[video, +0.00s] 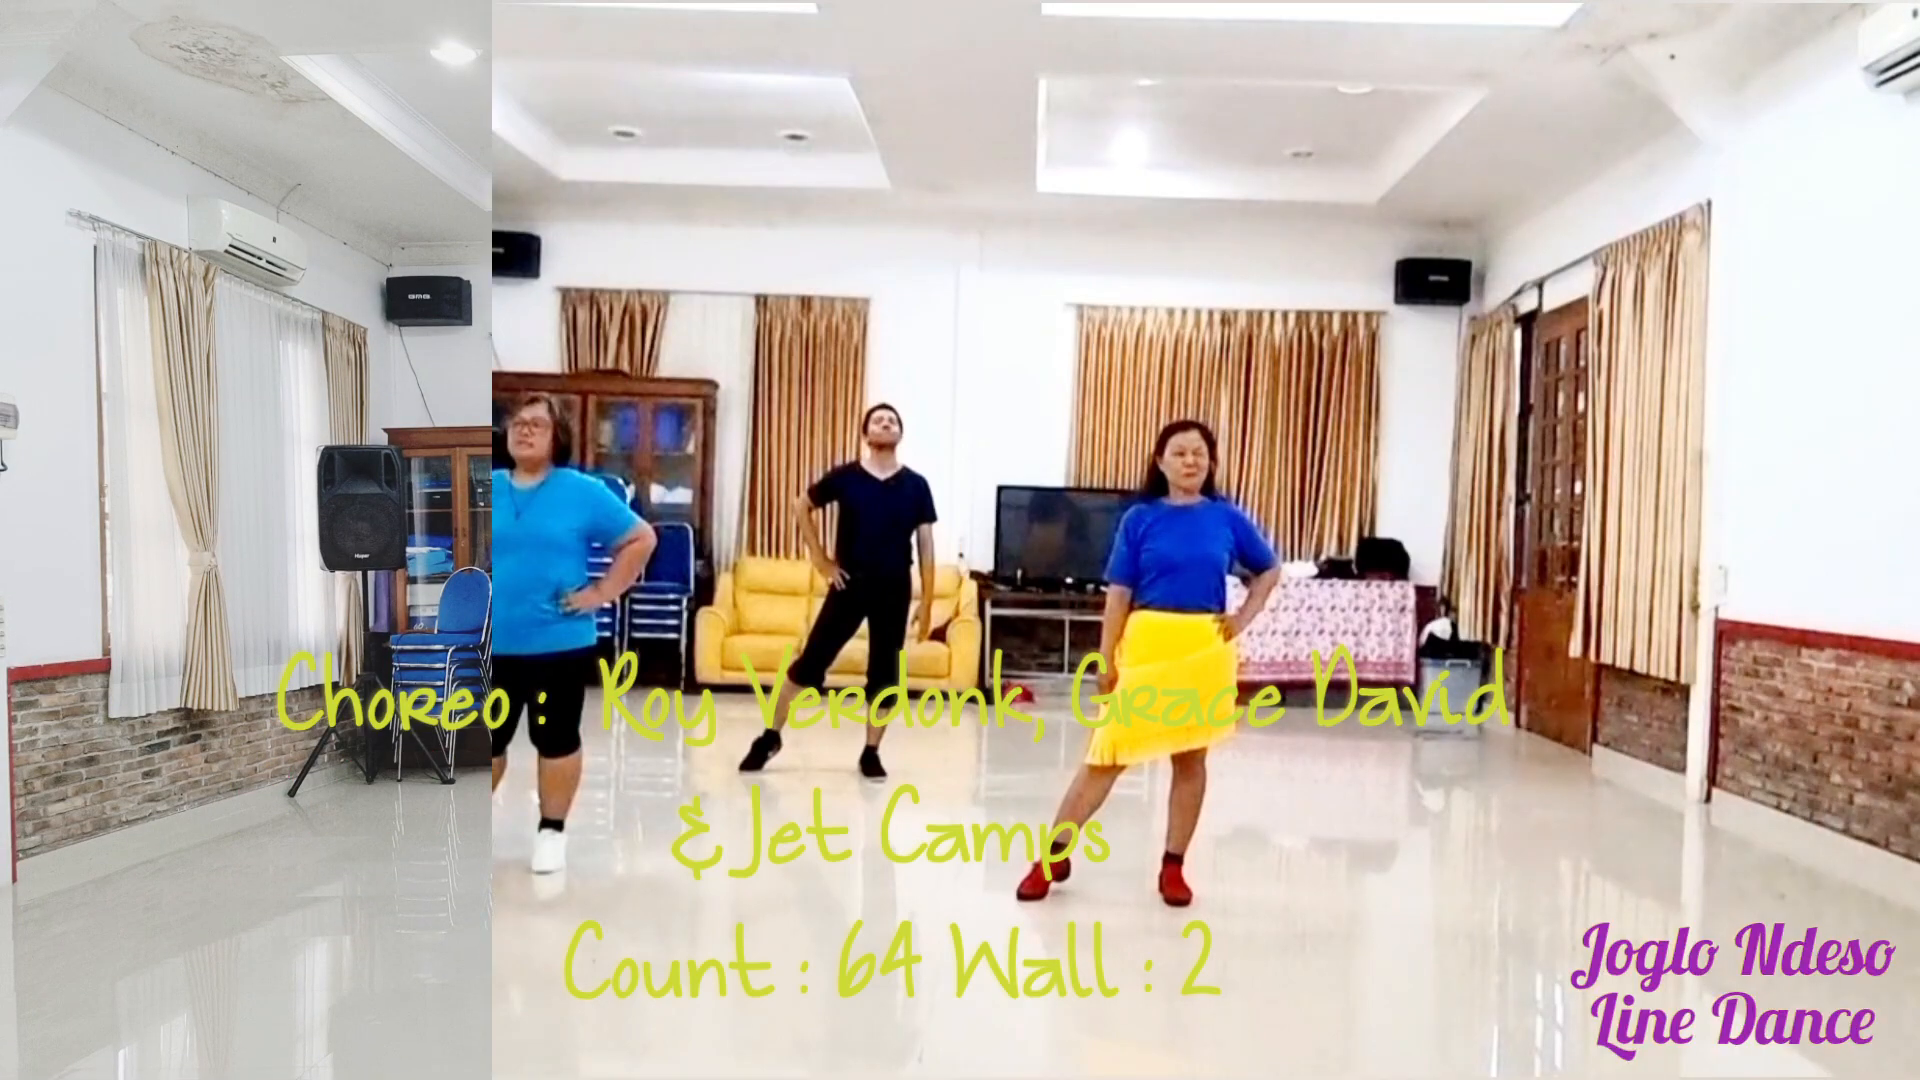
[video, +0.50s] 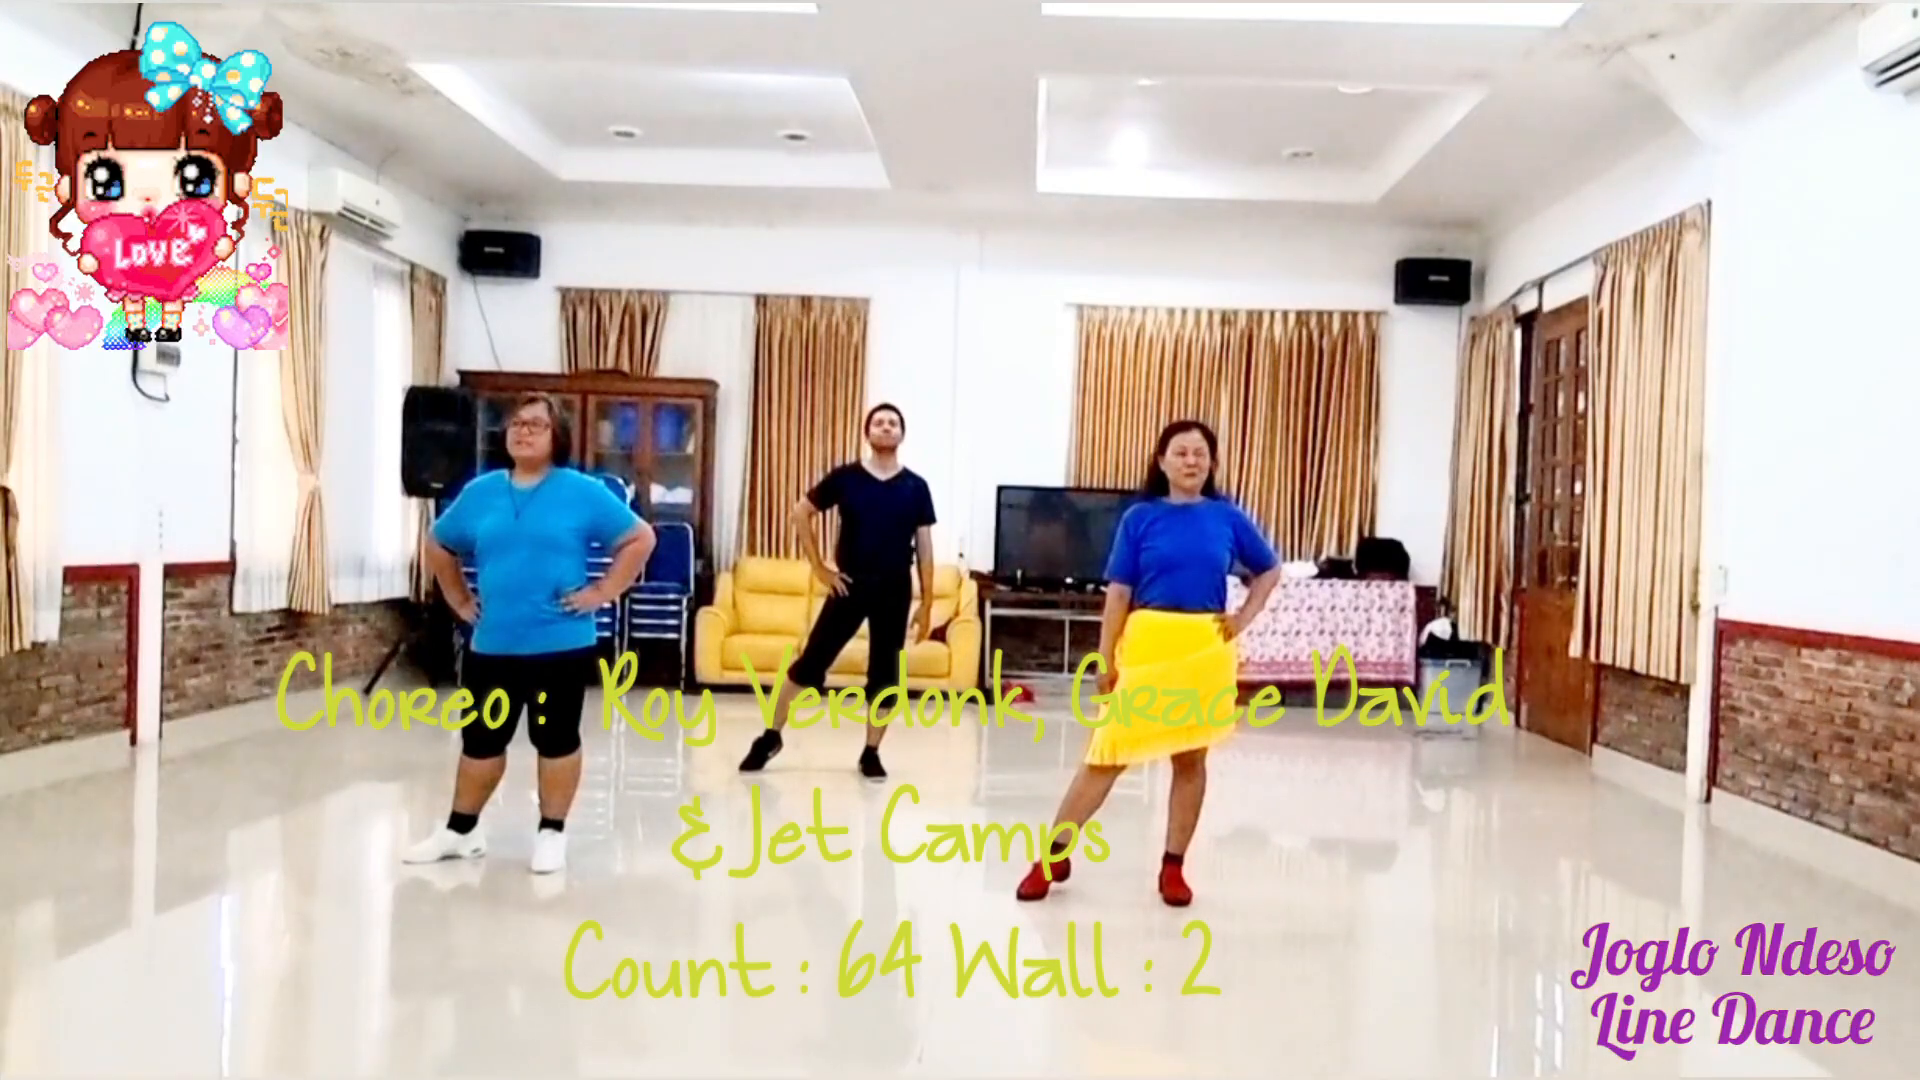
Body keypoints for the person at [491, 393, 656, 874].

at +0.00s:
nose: (525, 432)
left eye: (536, 426)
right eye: (519, 425)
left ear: (554, 437)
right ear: (507, 434)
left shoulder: (582, 491)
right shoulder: (491, 489)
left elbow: (642, 538)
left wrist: (603, 591)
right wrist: (471, 593)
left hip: (560, 642)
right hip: (497, 640)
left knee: (555, 741)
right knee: (486, 741)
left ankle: (551, 830)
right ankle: (472, 826)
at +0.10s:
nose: (524, 431)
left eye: (536, 426)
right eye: (518, 424)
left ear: (555, 438)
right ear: (507, 435)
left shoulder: (582, 492)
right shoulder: (483, 491)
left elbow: (641, 537)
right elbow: (437, 542)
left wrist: (605, 590)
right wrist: (460, 599)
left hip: (561, 644)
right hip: (493, 642)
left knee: (556, 741)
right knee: (480, 739)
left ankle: (551, 833)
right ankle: (461, 831)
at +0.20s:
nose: (525, 432)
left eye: (536, 426)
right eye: (518, 425)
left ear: (555, 437)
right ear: (506, 435)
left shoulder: (583, 492)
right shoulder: (482, 492)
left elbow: (641, 537)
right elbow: (437, 543)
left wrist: (605, 590)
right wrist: (460, 599)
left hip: (561, 644)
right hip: (493, 643)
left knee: (556, 741)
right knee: (480, 739)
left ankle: (551, 832)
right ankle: (461, 830)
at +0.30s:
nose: (524, 431)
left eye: (536, 425)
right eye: (518, 424)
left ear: (555, 438)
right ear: (506, 434)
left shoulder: (582, 492)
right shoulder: (482, 492)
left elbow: (641, 537)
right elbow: (437, 544)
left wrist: (605, 590)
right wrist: (460, 600)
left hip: (562, 644)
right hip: (494, 643)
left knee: (555, 740)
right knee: (480, 739)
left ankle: (551, 833)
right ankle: (461, 831)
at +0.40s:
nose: (525, 432)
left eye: (536, 426)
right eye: (518, 425)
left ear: (554, 437)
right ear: (506, 434)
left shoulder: (582, 492)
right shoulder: (481, 492)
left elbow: (641, 537)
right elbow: (437, 545)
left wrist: (605, 590)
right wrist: (460, 600)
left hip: (562, 644)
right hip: (494, 642)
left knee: (556, 741)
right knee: (480, 740)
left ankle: (551, 832)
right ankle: (461, 831)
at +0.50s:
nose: (525, 432)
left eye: (536, 426)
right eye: (518, 425)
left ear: (555, 437)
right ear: (506, 435)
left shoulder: (582, 492)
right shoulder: (481, 492)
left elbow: (641, 537)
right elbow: (437, 544)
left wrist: (605, 590)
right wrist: (460, 599)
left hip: (562, 644)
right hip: (493, 643)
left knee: (556, 740)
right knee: (480, 739)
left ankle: (551, 832)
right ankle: (461, 831)